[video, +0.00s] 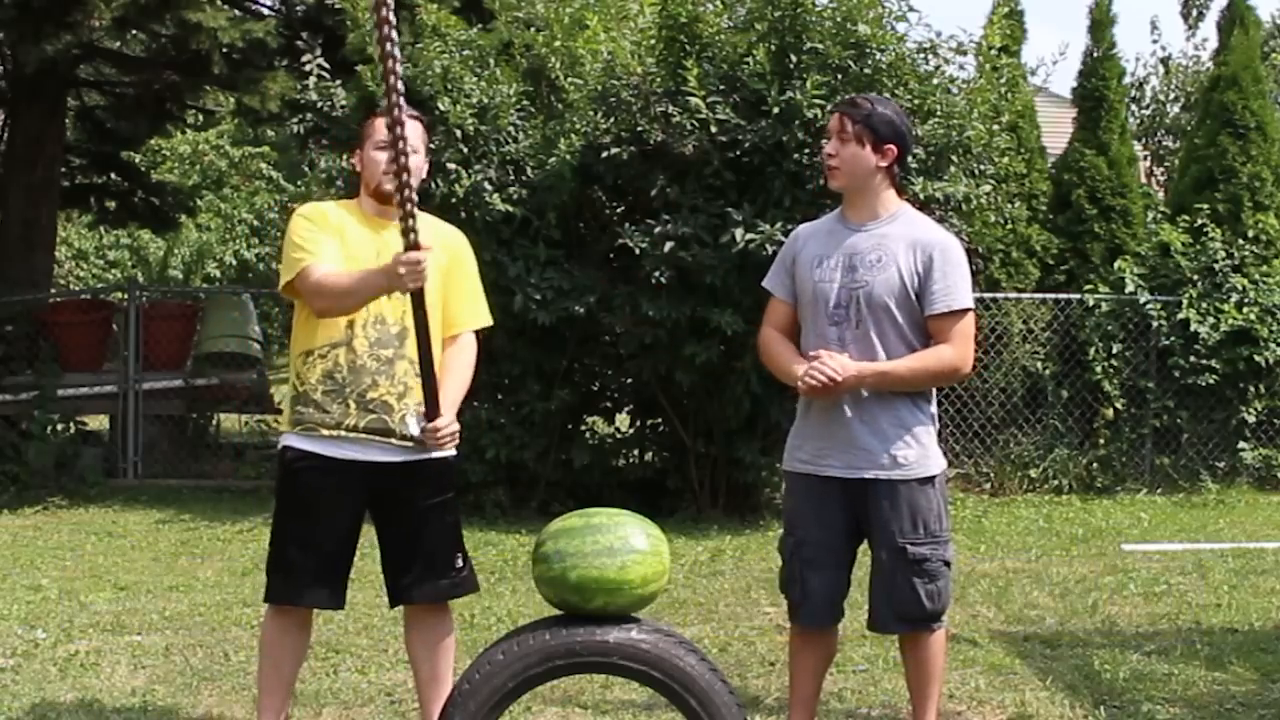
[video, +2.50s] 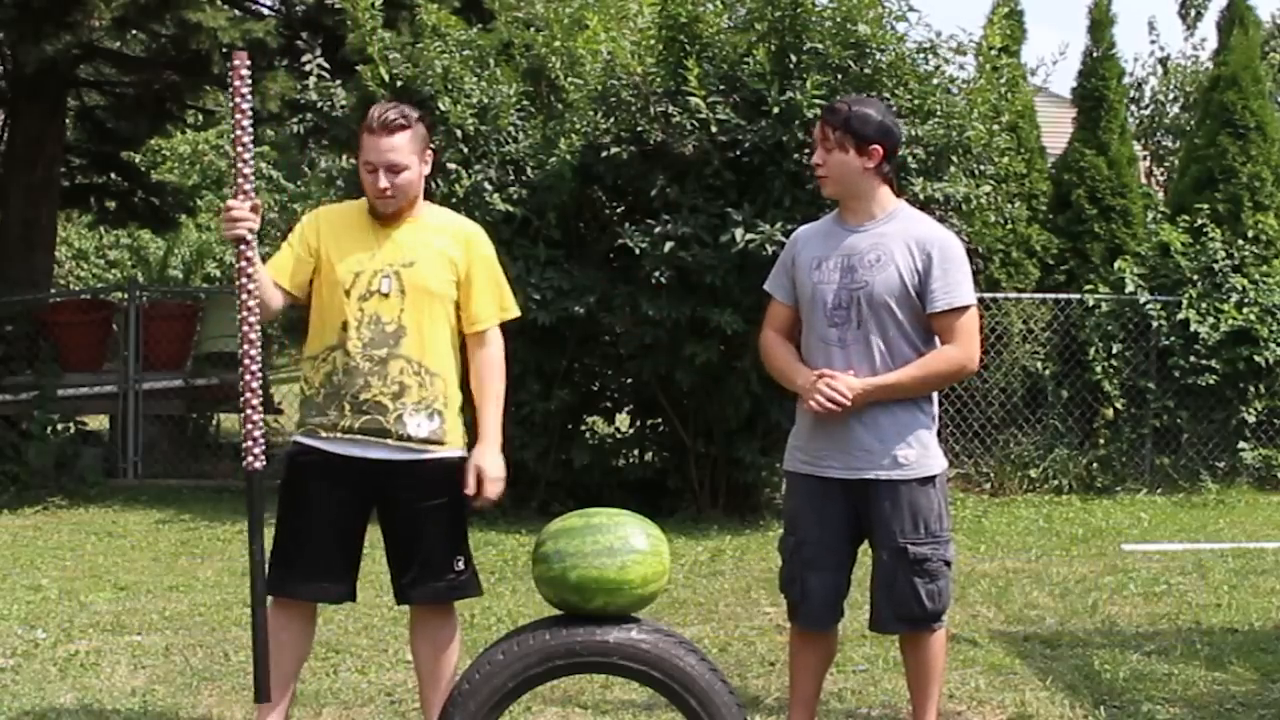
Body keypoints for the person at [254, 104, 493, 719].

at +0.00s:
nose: (398, 157)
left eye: (409, 148)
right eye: (385, 146)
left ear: (426, 163)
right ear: (357, 158)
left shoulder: (448, 240)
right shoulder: (314, 221)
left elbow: (462, 336)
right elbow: (317, 292)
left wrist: (445, 407)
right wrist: (384, 277)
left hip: (417, 453)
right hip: (320, 449)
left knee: (430, 599)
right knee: (292, 600)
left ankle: (438, 715)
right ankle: (271, 715)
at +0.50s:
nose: (409, 164)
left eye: (422, 154)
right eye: (396, 151)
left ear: (440, 167)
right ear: (371, 159)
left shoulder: (456, 245)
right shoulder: (330, 223)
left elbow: (473, 342)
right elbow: (329, 322)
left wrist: (481, 423)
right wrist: (396, 374)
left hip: (425, 454)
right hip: (328, 449)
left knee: (437, 597)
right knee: (295, 595)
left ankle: (439, 716)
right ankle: (269, 714)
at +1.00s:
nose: (398, 157)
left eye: (412, 146)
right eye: (385, 145)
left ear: (432, 159)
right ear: (363, 156)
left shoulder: (456, 244)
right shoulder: (324, 223)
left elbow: (475, 350)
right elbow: (314, 321)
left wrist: (490, 446)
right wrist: (390, 364)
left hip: (426, 453)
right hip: (327, 449)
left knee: (434, 600)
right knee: (293, 597)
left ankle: (439, 717)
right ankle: (268, 715)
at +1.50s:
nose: (381, 145)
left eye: (392, 138)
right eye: (368, 137)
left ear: (405, 153)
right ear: (341, 154)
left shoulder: (428, 221)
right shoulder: (303, 228)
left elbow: (471, 274)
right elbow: (298, 327)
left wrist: (438, 208)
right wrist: (374, 342)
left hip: (418, 443)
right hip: (320, 444)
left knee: (428, 596)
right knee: (291, 596)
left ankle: (438, 714)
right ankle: (269, 714)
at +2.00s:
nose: (389, 152)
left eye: (402, 143)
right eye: (377, 143)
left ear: (423, 158)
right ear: (357, 155)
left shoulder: (452, 234)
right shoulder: (325, 220)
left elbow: (449, 328)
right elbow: (269, 270)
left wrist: (376, 293)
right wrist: (311, 180)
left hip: (418, 446)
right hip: (319, 439)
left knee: (431, 598)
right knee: (292, 595)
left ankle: (437, 716)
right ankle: (269, 714)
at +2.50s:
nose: (382, 182)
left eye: (397, 168)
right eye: (370, 168)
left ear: (427, 162)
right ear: (356, 164)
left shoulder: (463, 239)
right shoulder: (322, 225)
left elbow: (485, 343)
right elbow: (268, 303)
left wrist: (489, 442)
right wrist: (244, 250)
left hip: (426, 453)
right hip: (326, 447)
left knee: (434, 598)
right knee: (292, 590)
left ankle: (439, 716)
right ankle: (271, 712)